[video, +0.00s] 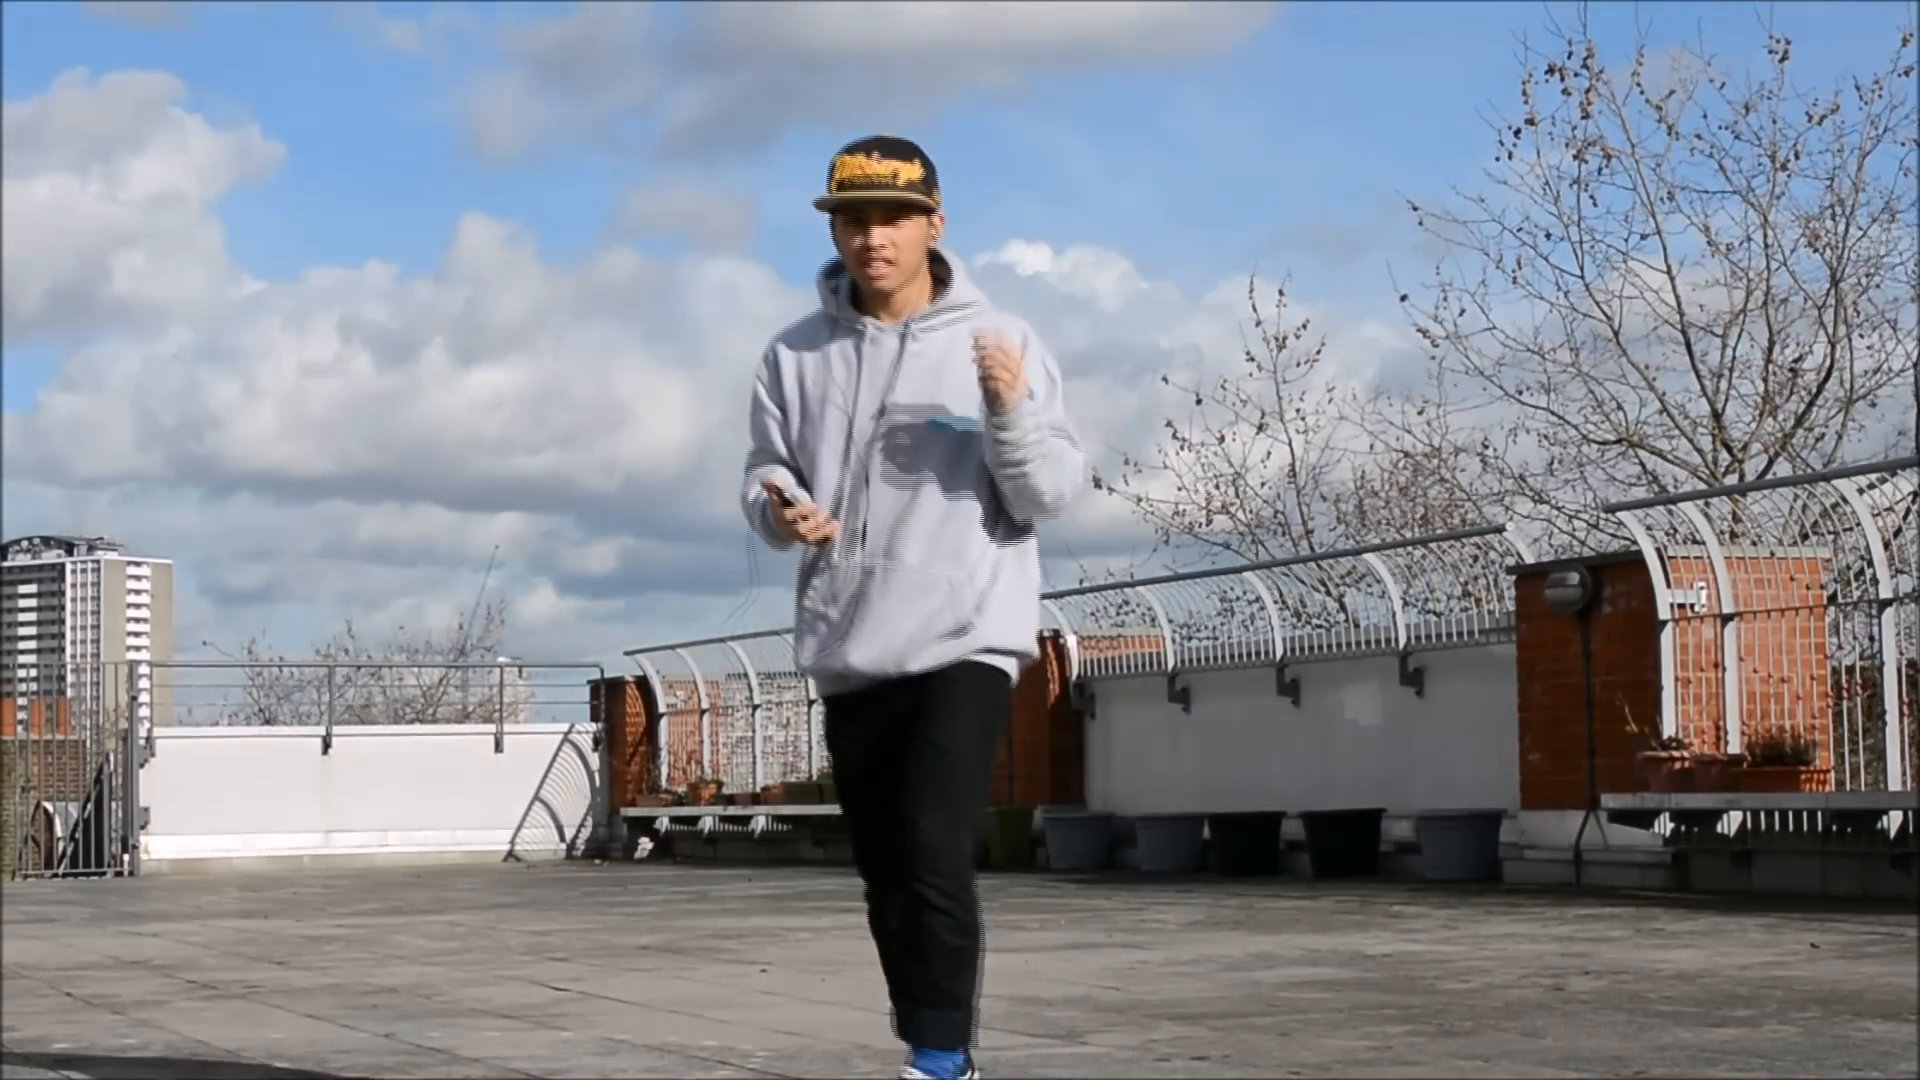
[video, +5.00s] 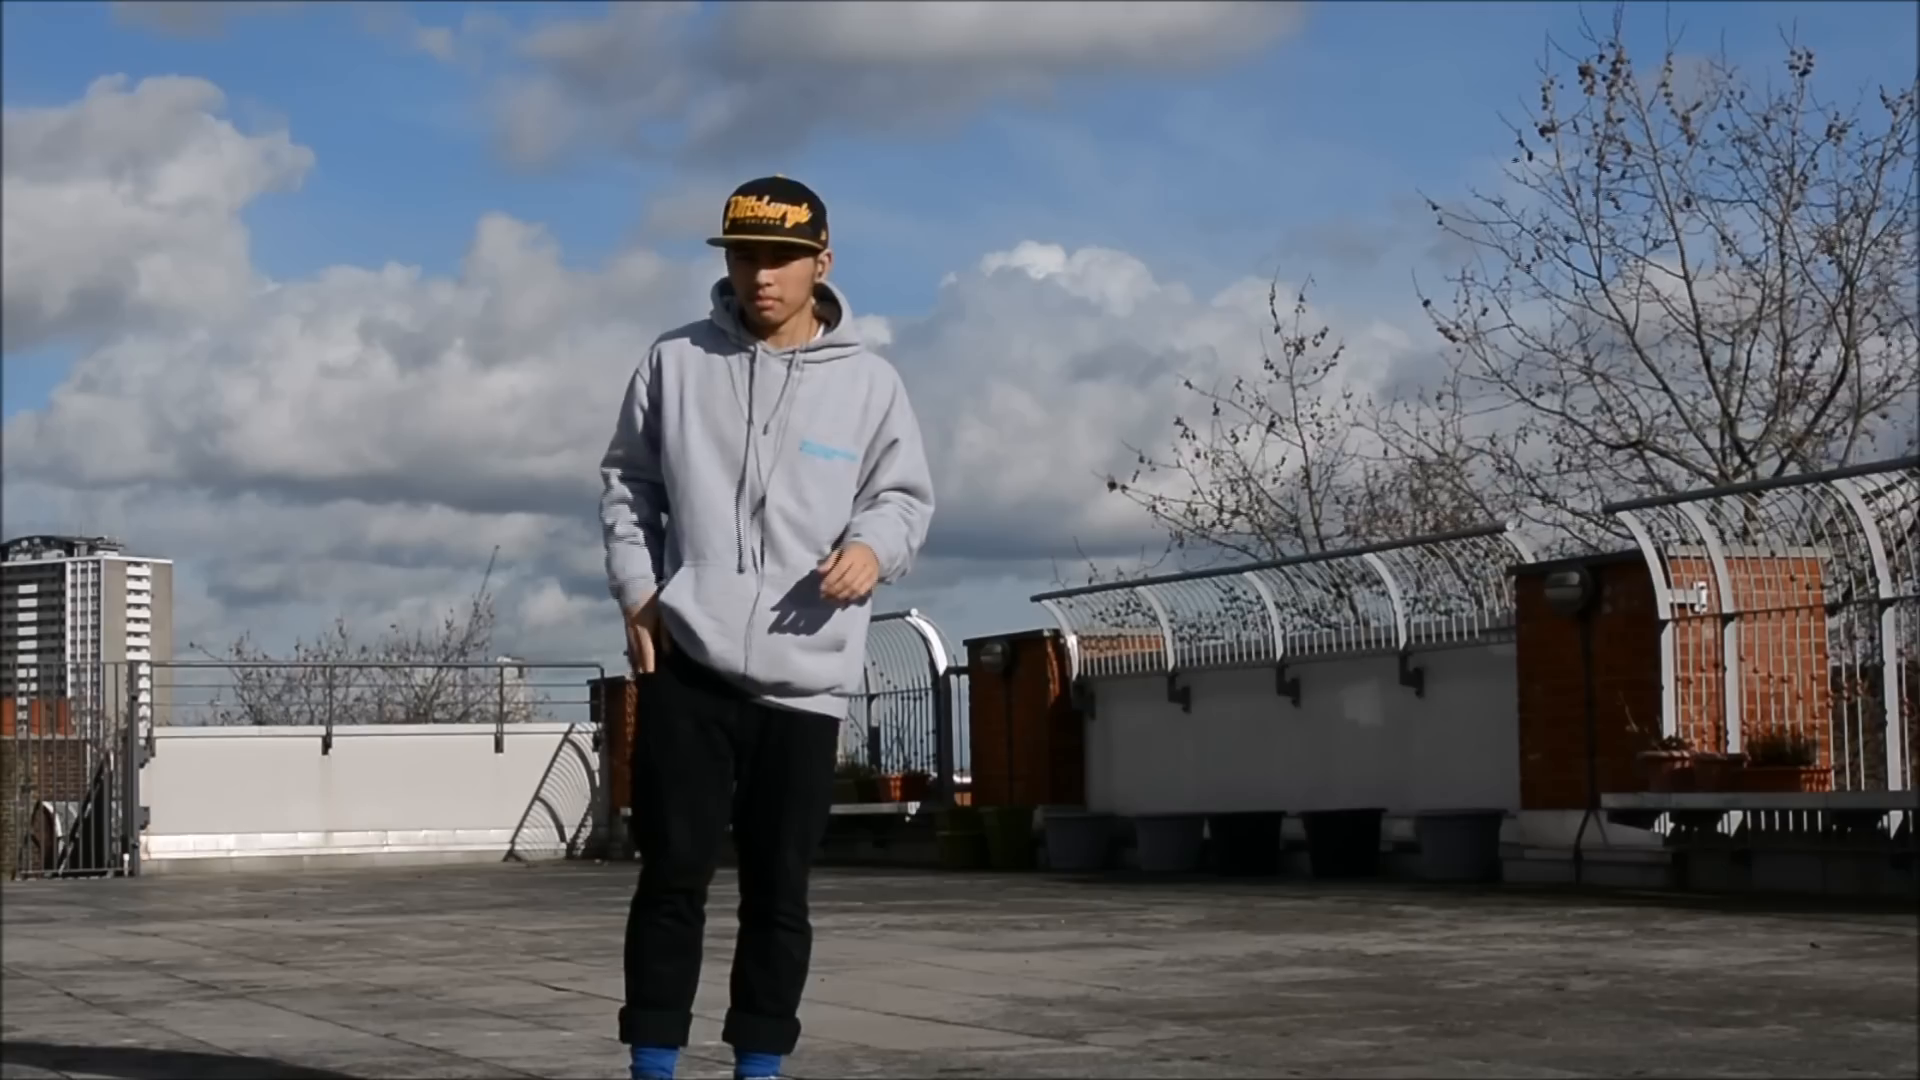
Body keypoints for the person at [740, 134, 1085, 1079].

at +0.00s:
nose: (870, 240)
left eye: (891, 219)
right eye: (852, 221)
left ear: (933, 226)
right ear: (833, 232)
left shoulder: (1002, 340)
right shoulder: (795, 356)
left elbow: (1051, 501)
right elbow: (764, 480)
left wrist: (1011, 404)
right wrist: (785, 509)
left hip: (965, 635)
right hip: (852, 643)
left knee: (935, 849)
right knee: (884, 860)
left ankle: (941, 1060)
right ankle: (929, 1051)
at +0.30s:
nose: (839, 244)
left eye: (859, 224)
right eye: (823, 226)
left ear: (906, 229)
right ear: (807, 237)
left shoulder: (965, 335)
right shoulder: (777, 355)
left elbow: (976, 439)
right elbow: (743, 482)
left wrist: (928, 298)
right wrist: (754, 508)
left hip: (918, 657)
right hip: (802, 656)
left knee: (903, 879)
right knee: (768, 858)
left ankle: (913, 1068)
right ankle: (853, 1026)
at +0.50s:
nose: (799, 246)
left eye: (820, 226)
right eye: (785, 229)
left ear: (871, 228)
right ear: (774, 238)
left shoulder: (937, 335)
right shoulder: (750, 354)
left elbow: (927, 440)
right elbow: (713, 477)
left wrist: (893, 296)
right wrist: (713, 500)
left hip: (891, 660)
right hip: (771, 657)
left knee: (890, 881)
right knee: (718, 858)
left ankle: (908, 1069)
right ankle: (721, 1055)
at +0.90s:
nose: (681, 295)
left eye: (699, 275)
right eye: (666, 278)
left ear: (751, 258)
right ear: (649, 269)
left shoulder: (813, 344)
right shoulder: (621, 369)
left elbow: (848, 455)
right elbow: (572, 512)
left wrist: (784, 322)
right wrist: (609, 491)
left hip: (795, 663)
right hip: (670, 667)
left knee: (832, 879)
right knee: (672, 886)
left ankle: (877, 1064)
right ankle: (673, 1069)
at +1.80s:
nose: (736, 331)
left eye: (753, 315)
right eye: (719, 316)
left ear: (787, 292)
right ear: (694, 297)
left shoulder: (844, 381)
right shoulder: (649, 385)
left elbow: (885, 522)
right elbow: (611, 519)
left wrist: (843, 449)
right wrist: (676, 502)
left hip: (799, 678)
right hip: (683, 675)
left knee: (780, 882)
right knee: (680, 876)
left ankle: (763, 1061)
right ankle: (668, 1060)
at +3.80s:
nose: (761, 301)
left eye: (779, 285)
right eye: (746, 283)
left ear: (819, 278)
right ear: (726, 277)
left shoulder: (867, 389)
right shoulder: (665, 376)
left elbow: (908, 505)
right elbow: (595, 489)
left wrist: (857, 546)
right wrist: (596, 609)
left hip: (805, 678)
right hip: (684, 669)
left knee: (779, 883)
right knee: (673, 875)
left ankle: (760, 1062)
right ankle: (654, 1061)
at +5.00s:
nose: (761, 276)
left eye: (782, 258)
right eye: (746, 258)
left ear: (819, 264)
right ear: (727, 263)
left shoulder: (870, 380)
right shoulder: (673, 362)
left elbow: (904, 495)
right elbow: (625, 483)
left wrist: (873, 546)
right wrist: (638, 590)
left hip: (805, 672)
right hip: (686, 659)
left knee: (780, 884)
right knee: (673, 872)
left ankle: (762, 1063)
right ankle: (653, 1062)